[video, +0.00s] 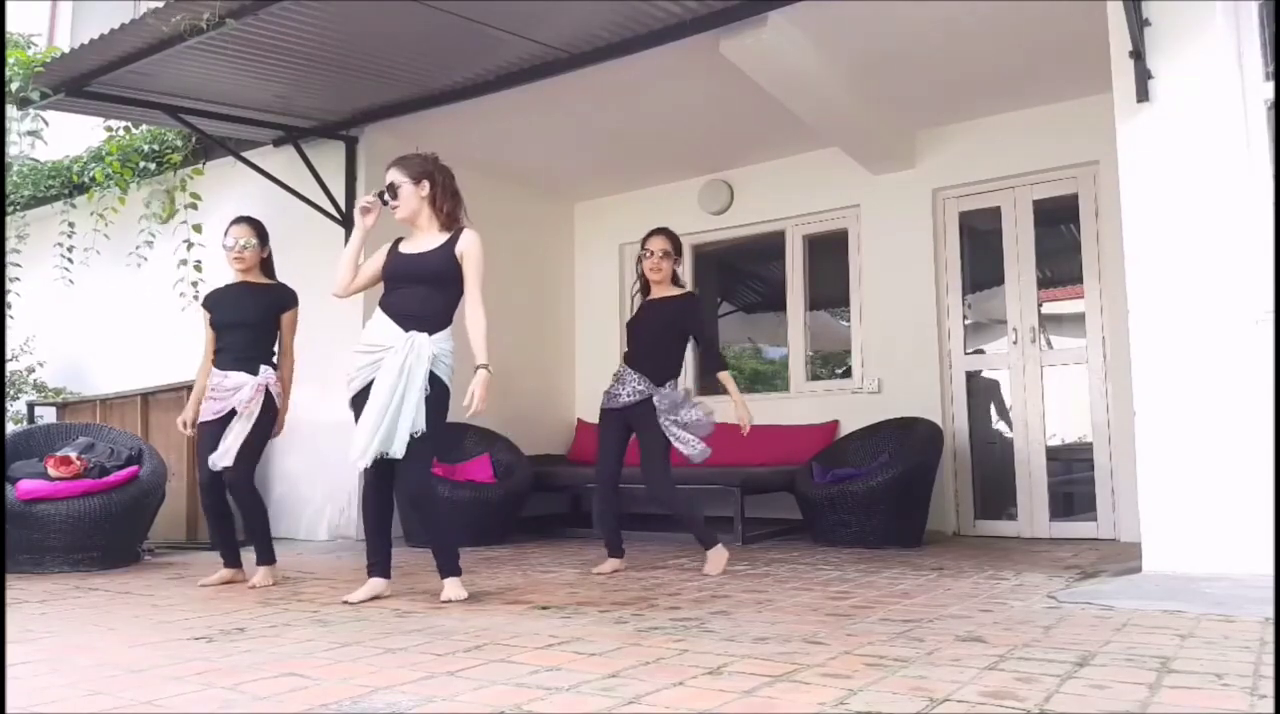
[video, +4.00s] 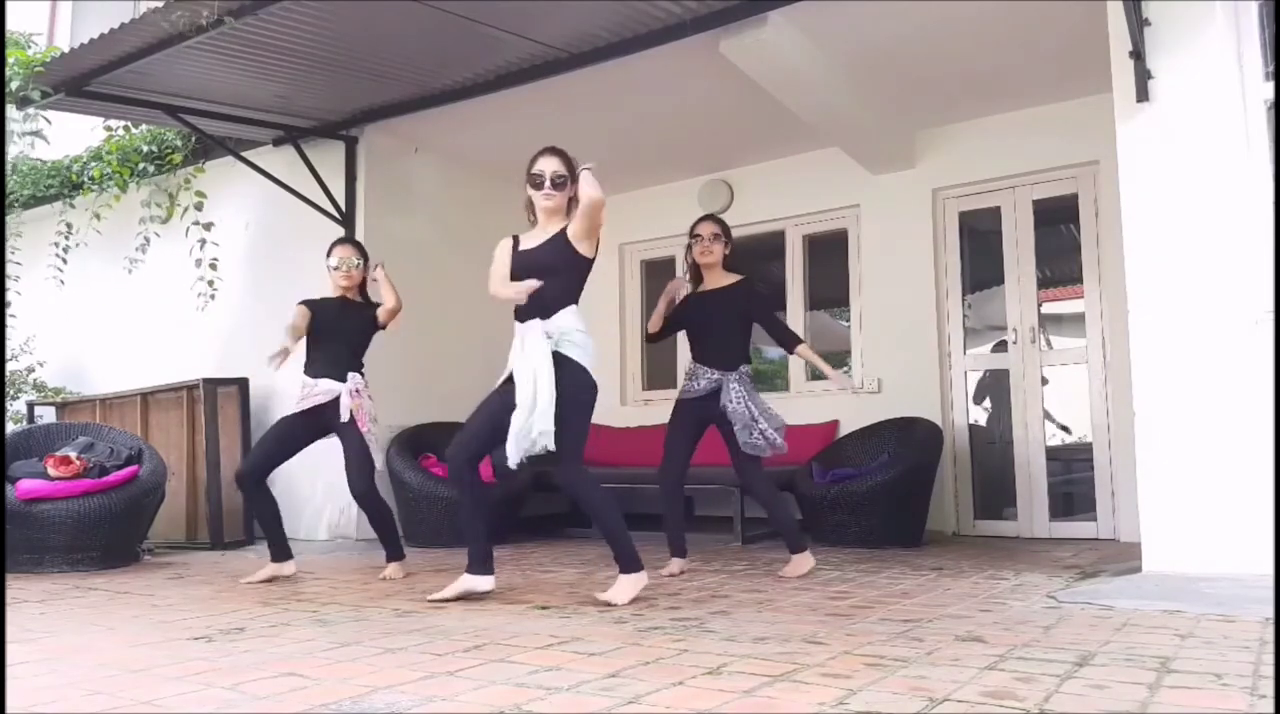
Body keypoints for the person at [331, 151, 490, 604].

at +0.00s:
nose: (387, 199)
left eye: (394, 190)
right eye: (387, 191)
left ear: (424, 187)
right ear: (412, 192)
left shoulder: (462, 240)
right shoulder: (393, 249)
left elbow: (473, 305)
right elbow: (343, 286)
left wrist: (482, 367)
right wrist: (361, 229)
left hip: (427, 365)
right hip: (375, 362)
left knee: (418, 474)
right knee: (377, 469)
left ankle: (450, 576)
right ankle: (378, 576)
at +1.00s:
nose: (504, 172)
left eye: (514, 163)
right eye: (496, 166)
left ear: (538, 167)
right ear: (490, 174)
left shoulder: (559, 223)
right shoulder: (478, 232)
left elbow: (579, 277)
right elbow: (453, 303)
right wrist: (394, 336)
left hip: (539, 351)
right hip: (485, 350)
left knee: (541, 464)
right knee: (469, 464)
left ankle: (567, 577)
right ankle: (471, 568)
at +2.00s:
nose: (518, 187)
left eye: (527, 180)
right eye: (509, 181)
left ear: (542, 190)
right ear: (498, 191)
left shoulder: (558, 238)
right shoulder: (483, 249)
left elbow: (570, 202)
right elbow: (463, 308)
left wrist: (556, 169)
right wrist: (428, 305)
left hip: (540, 361)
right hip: (486, 358)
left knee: (541, 465)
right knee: (468, 470)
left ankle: (606, 563)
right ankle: (459, 576)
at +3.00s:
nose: (530, 190)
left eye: (538, 183)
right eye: (521, 183)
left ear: (552, 190)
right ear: (510, 191)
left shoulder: (570, 235)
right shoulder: (498, 249)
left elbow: (559, 196)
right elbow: (499, 300)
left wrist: (559, 170)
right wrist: (516, 309)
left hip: (555, 357)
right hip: (505, 355)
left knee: (556, 466)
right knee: (472, 461)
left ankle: (624, 569)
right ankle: (468, 574)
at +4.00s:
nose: (548, 187)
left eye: (557, 180)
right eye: (539, 180)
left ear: (571, 188)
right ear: (527, 187)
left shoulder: (581, 233)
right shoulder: (511, 243)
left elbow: (592, 198)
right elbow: (496, 287)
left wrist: (586, 174)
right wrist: (519, 289)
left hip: (568, 364)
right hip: (525, 366)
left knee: (568, 470)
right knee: (460, 454)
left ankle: (632, 571)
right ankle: (479, 571)